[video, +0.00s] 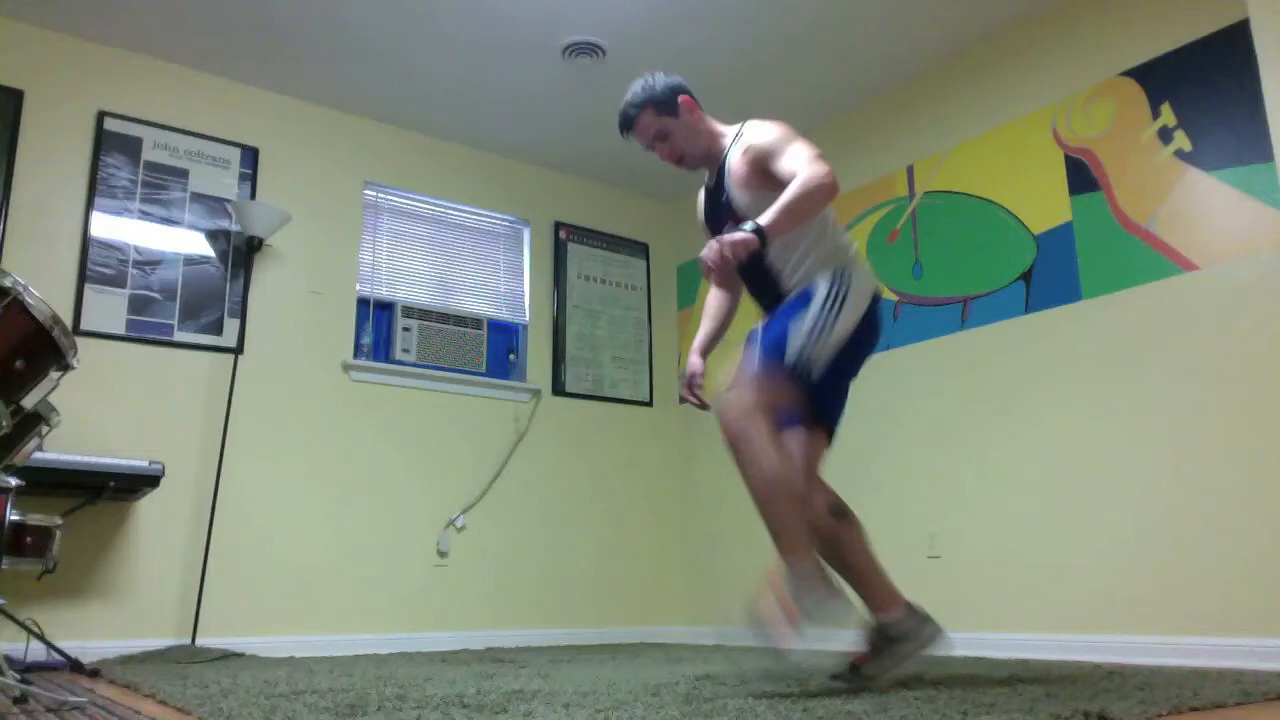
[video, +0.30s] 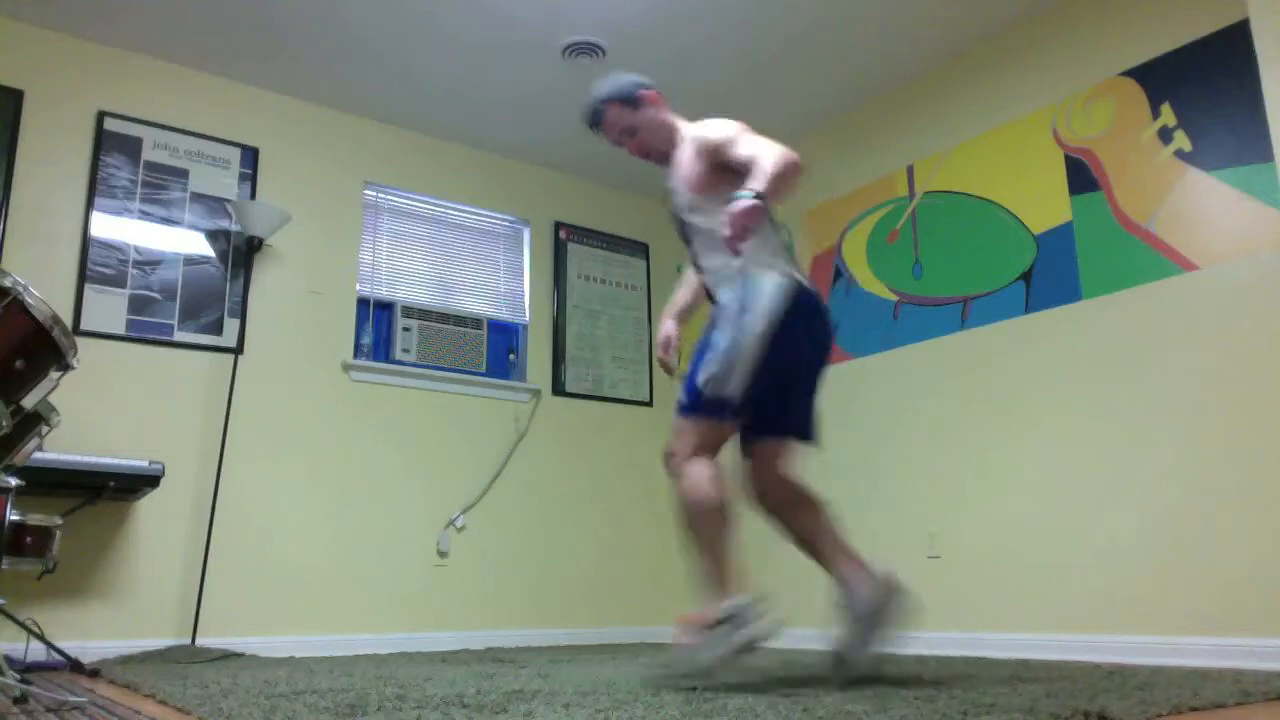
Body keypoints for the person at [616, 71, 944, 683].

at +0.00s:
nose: (662, 155)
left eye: (660, 137)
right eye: (651, 148)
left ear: (688, 106)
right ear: (649, 147)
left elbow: (818, 178)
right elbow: (725, 281)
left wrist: (755, 231)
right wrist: (697, 350)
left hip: (835, 289)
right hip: (803, 312)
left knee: (740, 408)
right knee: (794, 481)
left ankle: (808, 582)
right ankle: (898, 620)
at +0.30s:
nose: (629, 148)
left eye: (627, 132)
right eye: (618, 142)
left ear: (653, 103)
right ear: (619, 140)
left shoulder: (705, 134)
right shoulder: (682, 178)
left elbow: (781, 160)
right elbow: (709, 261)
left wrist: (753, 200)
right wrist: (671, 316)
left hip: (764, 302)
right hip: (786, 311)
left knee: (688, 453)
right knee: (767, 477)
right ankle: (866, 589)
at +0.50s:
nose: (582, 185)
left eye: (576, 170)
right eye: (572, 182)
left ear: (596, 137)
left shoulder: (656, 164)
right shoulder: (643, 198)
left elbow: (693, 185)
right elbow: (677, 268)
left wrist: (640, 231)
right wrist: (628, 266)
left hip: (709, 340)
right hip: (729, 344)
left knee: (640, 494)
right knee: (686, 507)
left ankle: (668, 650)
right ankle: (763, 603)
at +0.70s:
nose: (560, 174)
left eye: (554, 160)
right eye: (550, 171)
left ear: (572, 125)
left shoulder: (625, 147)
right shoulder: (613, 182)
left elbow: (669, 159)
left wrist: (661, 195)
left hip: (677, 310)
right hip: (716, 317)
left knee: (621, 469)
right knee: (695, 481)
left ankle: (661, 618)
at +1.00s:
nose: (547, 210)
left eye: (540, 196)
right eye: (535, 213)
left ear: (549, 164)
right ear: (531, 215)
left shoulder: (601, 183)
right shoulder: (608, 212)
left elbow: (639, 191)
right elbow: (705, 258)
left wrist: (593, 227)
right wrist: (723, 289)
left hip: (685, 335)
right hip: (723, 332)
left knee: (670, 498)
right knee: (740, 489)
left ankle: (680, 648)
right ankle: (840, 525)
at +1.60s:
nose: (548, 201)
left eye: (542, 189)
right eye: (538, 200)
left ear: (556, 156)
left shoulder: (609, 178)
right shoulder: (608, 195)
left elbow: (667, 190)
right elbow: (630, 243)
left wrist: (681, 232)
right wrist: (585, 237)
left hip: (678, 317)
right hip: (723, 309)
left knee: (648, 477)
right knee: (728, 472)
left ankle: (685, 624)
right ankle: (759, 365)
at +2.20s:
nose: (567, 264)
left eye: (561, 251)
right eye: (556, 262)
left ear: (572, 217)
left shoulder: (638, 241)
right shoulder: (620, 249)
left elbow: (699, 270)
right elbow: (690, 244)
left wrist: (656, 334)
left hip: (723, 366)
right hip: (709, 371)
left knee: (673, 502)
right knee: (712, 516)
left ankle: (708, 646)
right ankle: (822, 601)